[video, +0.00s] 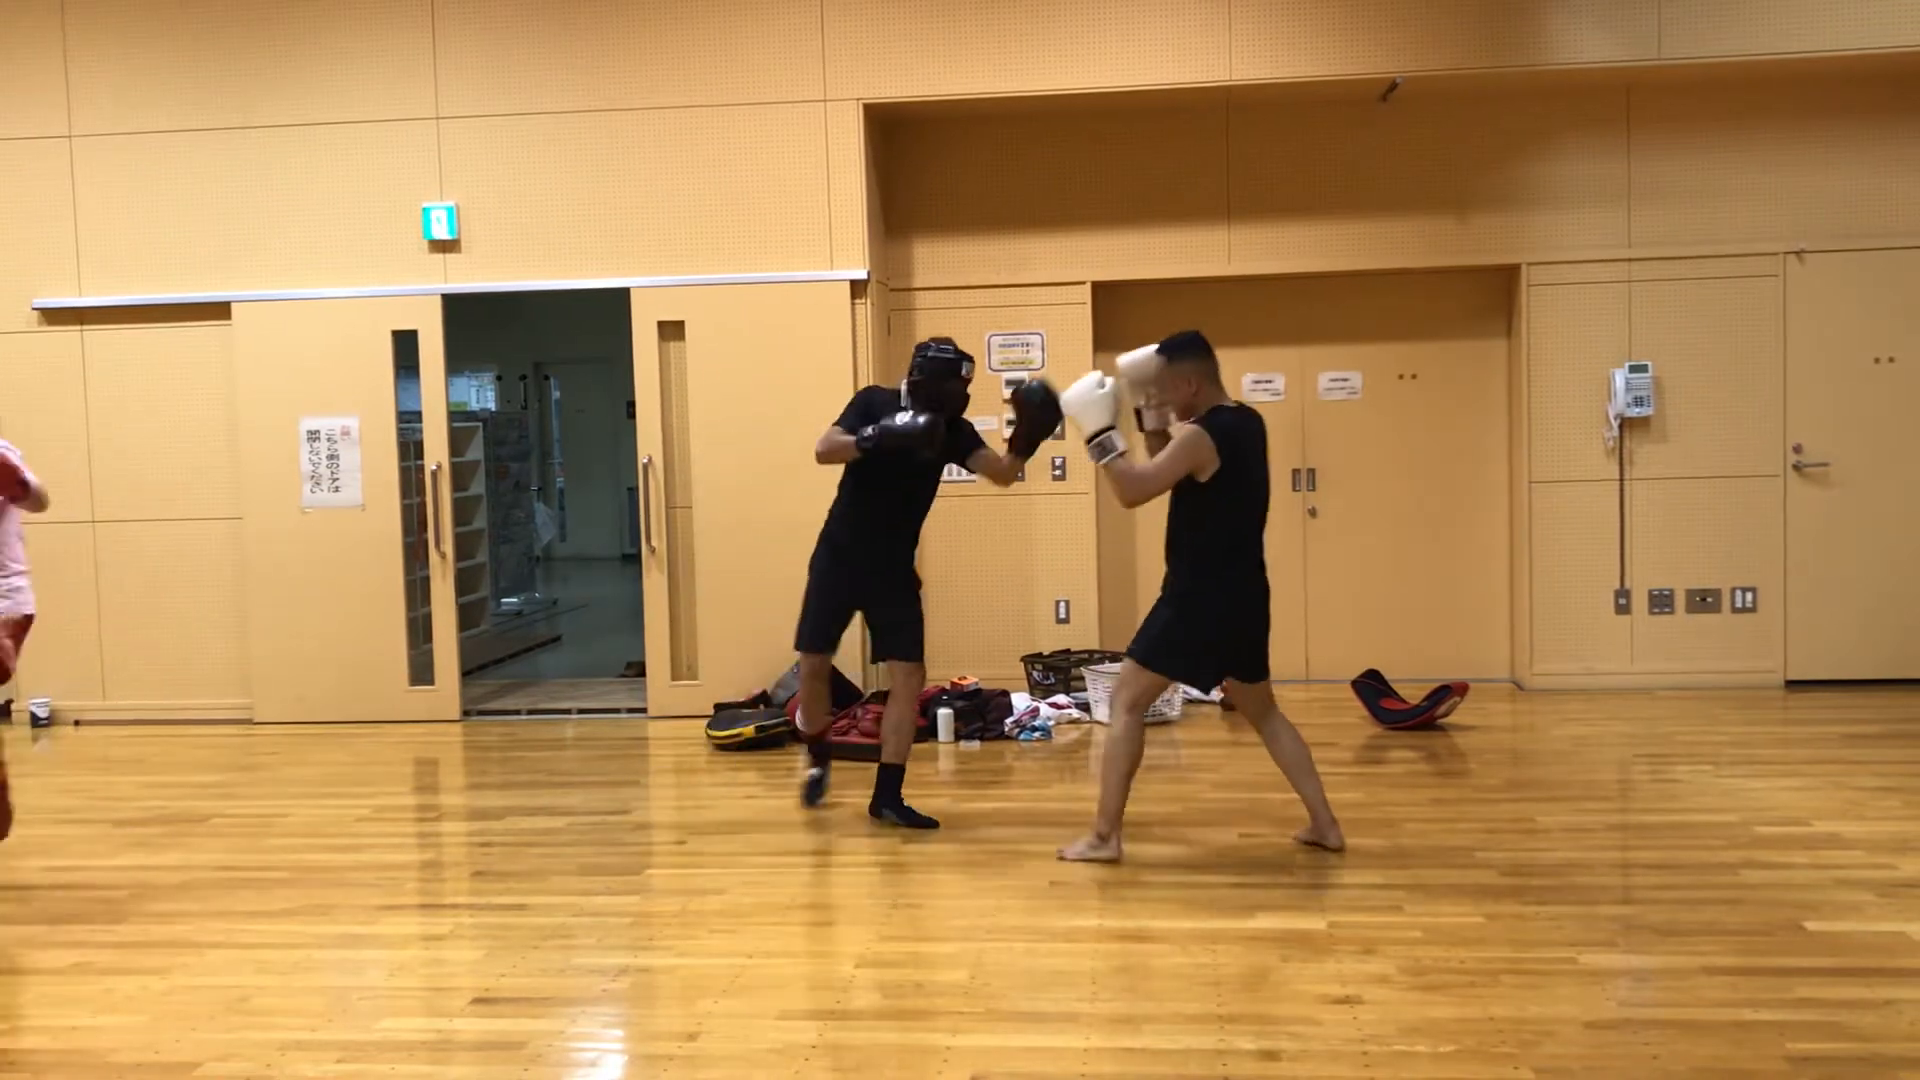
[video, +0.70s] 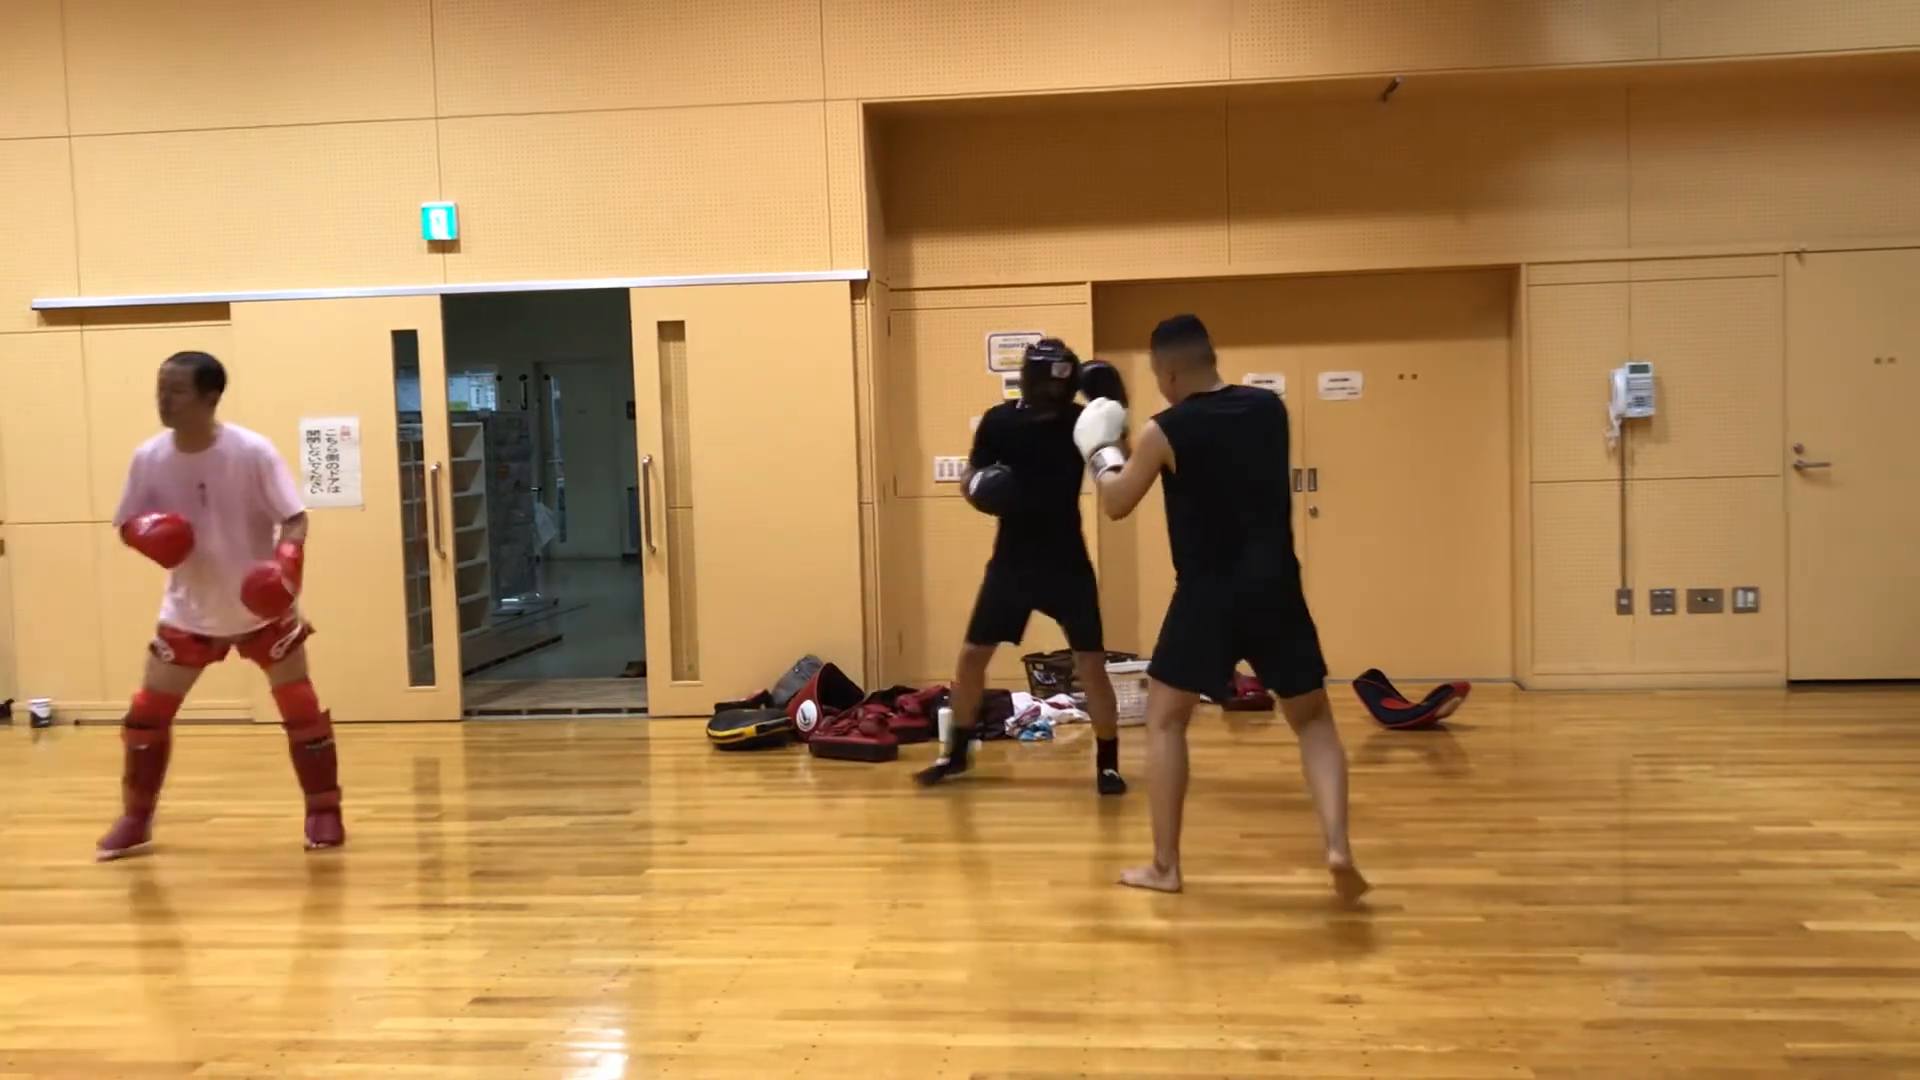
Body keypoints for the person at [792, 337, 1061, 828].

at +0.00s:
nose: (962, 393)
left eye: (965, 385)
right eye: (955, 384)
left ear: (961, 384)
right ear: (923, 380)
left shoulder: (952, 427)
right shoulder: (873, 404)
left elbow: (1002, 473)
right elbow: (824, 449)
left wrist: (1026, 435)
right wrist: (879, 435)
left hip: (895, 565)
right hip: (839, 556)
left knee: (907, 676)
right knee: (812, 663)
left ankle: (887, 797)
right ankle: (817, 762)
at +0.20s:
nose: (939, 395)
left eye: (941, 385)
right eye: (928, 385)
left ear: (944, 385)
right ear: (897, 385)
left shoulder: (949, 429)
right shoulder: (866, 426)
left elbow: (975, 499)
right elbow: (844, 495)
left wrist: (973, 471)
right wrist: (890, 465)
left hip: (934, 559)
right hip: (883, 561)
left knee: (961, 654)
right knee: (871, 669)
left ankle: (934, 773)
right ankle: (870, 770)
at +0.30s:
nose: (940, 385)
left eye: (944, 376)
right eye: (930, 377)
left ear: (949, 374)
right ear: (903, 376)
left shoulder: (958, 414)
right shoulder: (875, 415)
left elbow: (985, 474)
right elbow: (858, 487)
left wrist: (960, 447)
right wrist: (900, 453)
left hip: (949, 546)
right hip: (898, 550)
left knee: (975, 644)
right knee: (882, 657)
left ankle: (968, 764)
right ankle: (874, 767)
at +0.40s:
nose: (961, 382)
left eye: (965, 373)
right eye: (951, 372)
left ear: (969, 370)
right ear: (922, 369)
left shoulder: (979, 408)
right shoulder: (894, 410)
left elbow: (1009, 475)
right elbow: (877, 482)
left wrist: (995, 452)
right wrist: (913, 452)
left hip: (968, 544)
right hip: (915, 547)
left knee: (1001, 646)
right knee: (893, 655)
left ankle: (1025, 750)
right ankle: (905, 755)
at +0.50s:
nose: (989, 392)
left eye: (994, 382)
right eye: (980, 382)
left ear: (997, 383)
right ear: (952, 382)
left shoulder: (1006, 429)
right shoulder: (921, 423)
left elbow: (1032, 501)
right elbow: (895, 493)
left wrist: (1019, 458)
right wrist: (930, 461)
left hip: (986, 559)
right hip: (934, 560)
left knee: (1031, 656)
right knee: (911, 662)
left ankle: (1083, 752)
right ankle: (912, 764)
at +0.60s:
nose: (1017, 398)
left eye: (1022, 389)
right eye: (1009, 389)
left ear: (1029, 389)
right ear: (986, 386)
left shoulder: (1037, 427)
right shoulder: (955, 426)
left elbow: (1069, 500)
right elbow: (920, 493)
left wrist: (1061, 434)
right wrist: (950, 476)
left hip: (1019, 567)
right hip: (965, 567)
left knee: (1060, 664)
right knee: (930, 664)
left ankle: (1105, 760)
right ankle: (914, 764)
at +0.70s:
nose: (1054, 390)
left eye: (1062, 382)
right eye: (1046, 379)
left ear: (1070, 383)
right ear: (1026, 378)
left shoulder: (1080, 422)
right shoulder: (999, 422)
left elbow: (1120, 454)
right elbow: (971, 477)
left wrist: (1111, 402)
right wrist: (978, 489)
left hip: (1066, 556)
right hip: (1012, 557)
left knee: (1092, 664)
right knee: (972, 656)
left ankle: (1108, 766)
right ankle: (957, 755)